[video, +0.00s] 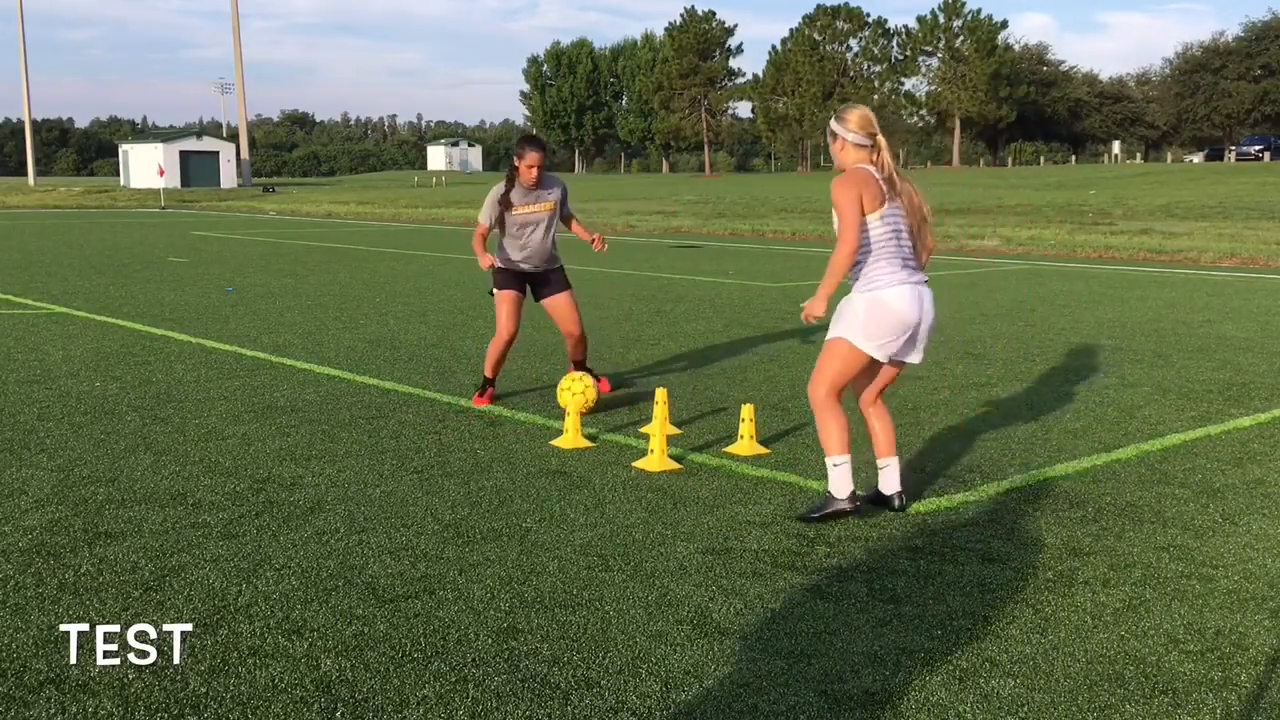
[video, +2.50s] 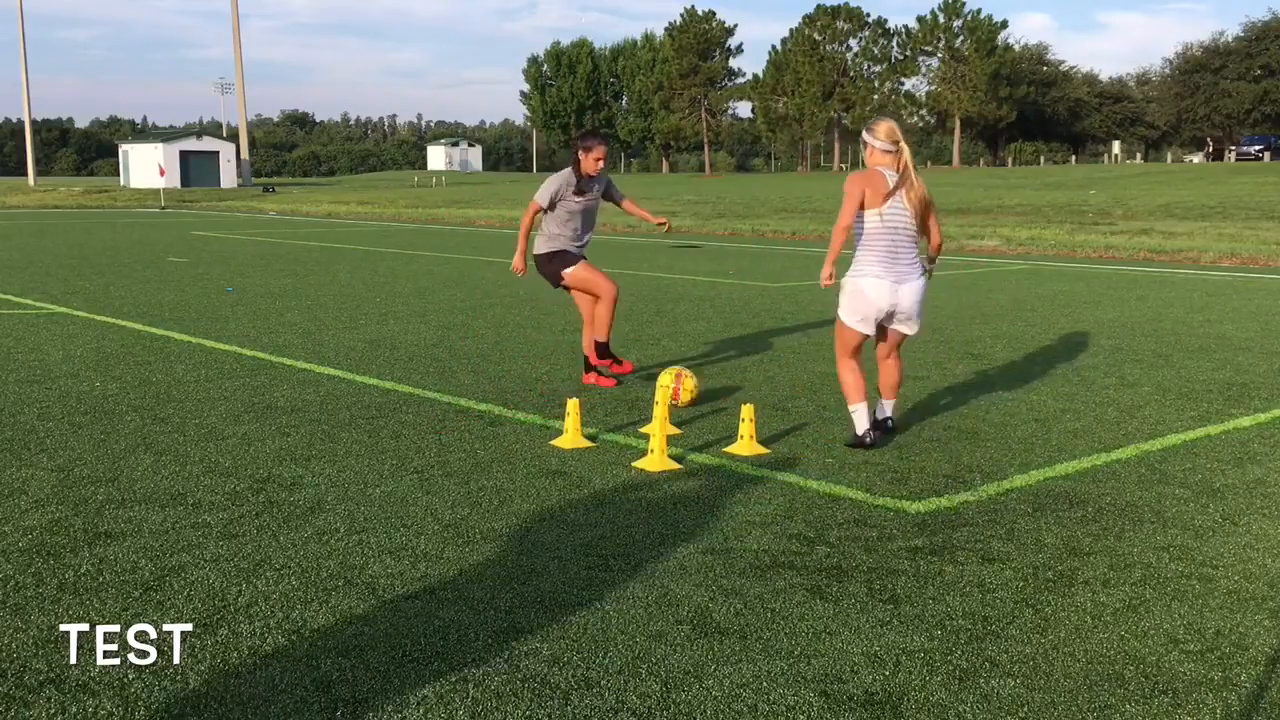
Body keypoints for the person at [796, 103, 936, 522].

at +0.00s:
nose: (830, 151)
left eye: (831, 143)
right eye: (830, 144)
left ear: (842, 142)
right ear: (872, 142)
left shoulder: (848, 181)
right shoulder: (899, 183)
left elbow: (848, 244)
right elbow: (925, 242)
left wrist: (821, 295)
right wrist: (901, 283)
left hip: (879, 299)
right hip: (918, 299)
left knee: (822, 389)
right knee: (870, 394)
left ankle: (841, 493)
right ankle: (891, 489)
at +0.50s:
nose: (794, 140)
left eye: (796, 133)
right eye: (796, 133)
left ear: (805, 134)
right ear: (839, 137)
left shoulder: (808, 175)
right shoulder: (862, 179)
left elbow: (821, 240)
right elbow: (892, 243)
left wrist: (800, 304)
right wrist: (889, 300)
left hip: (833, 312)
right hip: (876, 311)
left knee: (791, 420)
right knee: (847, 416)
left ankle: (816, 531)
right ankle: (878, 515)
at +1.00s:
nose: (741, 194)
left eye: (740, 185)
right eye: (740, 186)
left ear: (751, 180)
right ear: (782, 178)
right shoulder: (819, 210)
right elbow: (876, 245)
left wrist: (665, 309)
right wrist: (924, 283)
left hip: (842, 345)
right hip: (842, 340)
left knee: (762, 437)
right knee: (738, 390)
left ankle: (795, 554)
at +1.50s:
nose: (858, 169)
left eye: (860, 163)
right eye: (860, 163)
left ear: (868, 164)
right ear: (902, 163)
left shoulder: (860, 205)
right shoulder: (926, 202)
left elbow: (869, 269)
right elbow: (938, 245)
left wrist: (872, 327)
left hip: (865, 325)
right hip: (922, 327)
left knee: (849, 420)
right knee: (924, 440)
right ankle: (936, 525)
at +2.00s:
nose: (877, 177)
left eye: (877, 172)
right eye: (878, 172)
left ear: (882, 172)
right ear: (911, 171)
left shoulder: (872, 206)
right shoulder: (933, 203)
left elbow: (857, 257)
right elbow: (965, 255)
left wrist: (847, 304)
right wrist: (992, 286)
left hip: (896, 314)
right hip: (939, 309)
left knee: (897, 375)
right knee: (927, 353)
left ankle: (934, 443)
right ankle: (954, 415)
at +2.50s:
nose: (864, 152)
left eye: (865, 147)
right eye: (865, 147)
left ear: (872, 148)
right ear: (897, 149)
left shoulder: (861, 179)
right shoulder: (916, 185)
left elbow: (844, 224)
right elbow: (936, 240)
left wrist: (829, 263)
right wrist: (929, 263)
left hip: (868, 283)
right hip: (911, 285)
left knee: (847, 353)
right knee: (889, 351)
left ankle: (863, 429)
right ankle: (887, 419)